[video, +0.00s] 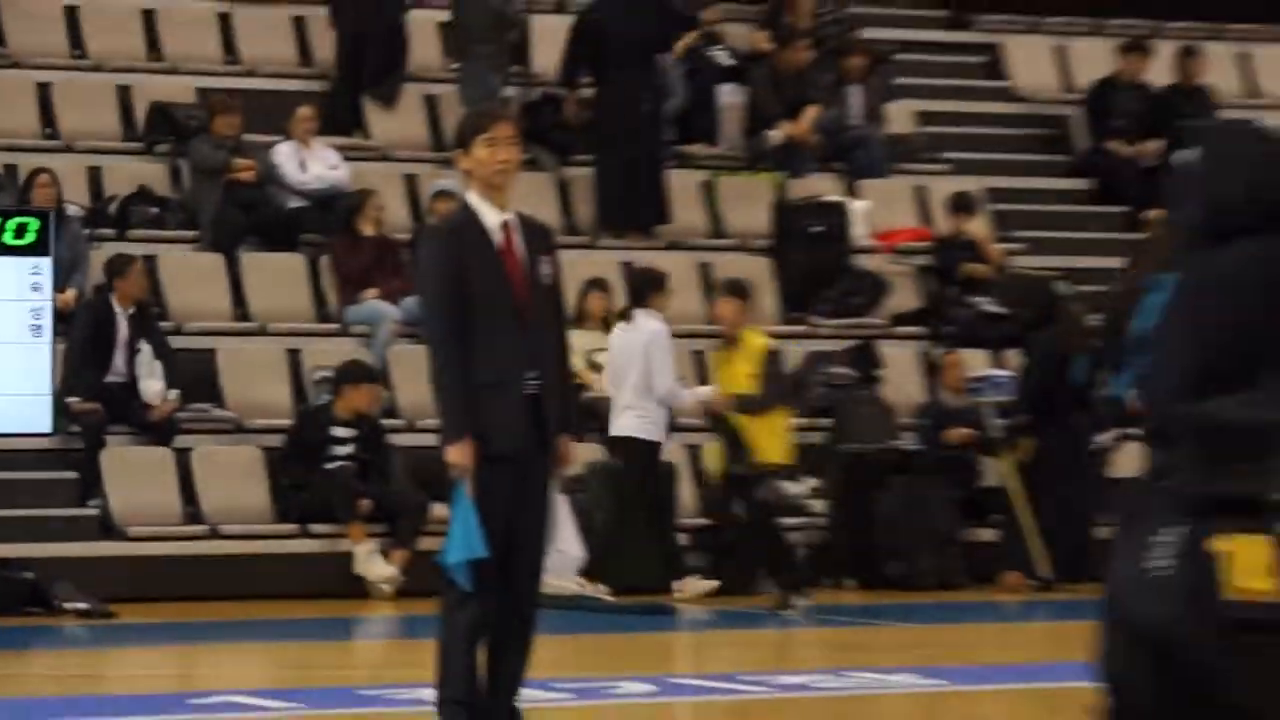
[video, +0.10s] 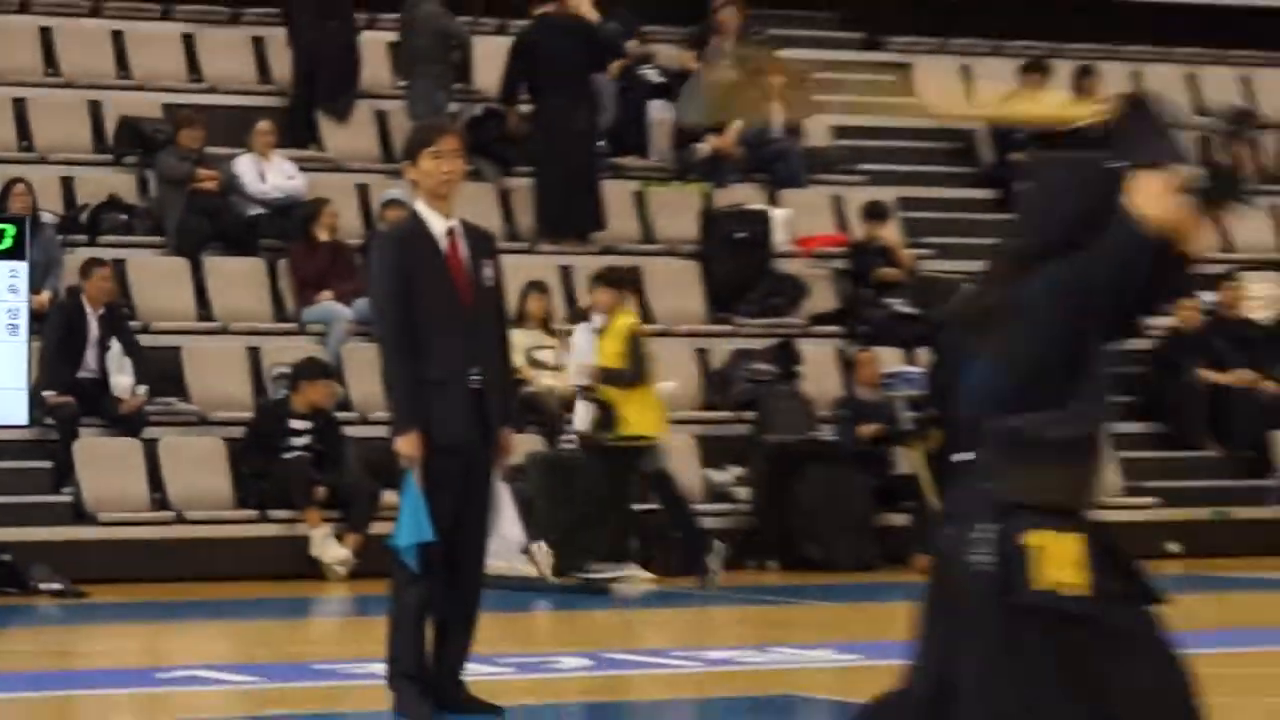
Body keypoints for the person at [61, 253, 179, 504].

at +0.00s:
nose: (144, 283)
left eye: (144, 276)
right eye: (138, 277)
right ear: (119, 282)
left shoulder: (142, 315)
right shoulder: (91, 311)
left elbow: (165, 355)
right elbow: (76, 355)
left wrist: (172, 395)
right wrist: (76, 397)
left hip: (131, 390)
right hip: (94, 391)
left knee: (163, 425)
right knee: (93, 424)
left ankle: (153, 493)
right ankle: (93, 491)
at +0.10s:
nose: (109, 286)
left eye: (111, 280)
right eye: (102, 280)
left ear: (114, 283)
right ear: (85, 283)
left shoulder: (113, 314)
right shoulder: (64, 310)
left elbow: (136, 352)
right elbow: (49, 351)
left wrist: (140, 392)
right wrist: (50, 392)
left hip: (99, 386)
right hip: (66, 386)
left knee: (131, 418)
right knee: (68, 415)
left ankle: (120, 478)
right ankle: (65, 478)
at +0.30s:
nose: (52, 287)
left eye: (58, 282)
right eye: (48, 281)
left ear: (64, 287)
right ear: (37, 283)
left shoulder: (65, 311)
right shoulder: (21, 308)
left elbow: (85, 344)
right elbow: (10, 344)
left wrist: (90, 379)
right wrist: (12, 379)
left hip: (52, 375)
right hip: (22, 375)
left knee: (83, 403)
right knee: (25, 401)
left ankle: (70, 458)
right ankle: (22, 458)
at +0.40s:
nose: (32, 285)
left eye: (37, 281)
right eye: (27, 280)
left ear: (44, 286)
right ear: (18, 282)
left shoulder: (45, 309)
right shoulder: (5, 306)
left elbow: (65, 341)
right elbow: (1, 342)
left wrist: (70, 374)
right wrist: (3, 373)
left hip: (31, 369)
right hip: (7, 369)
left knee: (62, 397)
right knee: (6, 395)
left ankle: (47, 449)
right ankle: (7, 449)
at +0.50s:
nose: (17, 281)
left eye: (23, 276)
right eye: (13, 275)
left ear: (30, 280)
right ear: (6, 277)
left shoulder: (32, 303)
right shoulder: (2, 299)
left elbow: (53, 335)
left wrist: (57, 365)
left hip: (21, 360)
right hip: (2, 359)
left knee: (51, 388)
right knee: (1, 389)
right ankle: (4, 430)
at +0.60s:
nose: (12, 281)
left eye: (18, 277)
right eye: (9, 275)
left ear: (25, 282)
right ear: (3, 278)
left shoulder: (29, 302)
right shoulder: (2, 300)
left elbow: (48, 332)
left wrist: (53, 361)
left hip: (18, 357)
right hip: (2, 356)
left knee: (48, 382)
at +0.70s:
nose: (5, 281)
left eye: (11, 278)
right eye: (3, 276)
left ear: (20, 282)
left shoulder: (23, 302)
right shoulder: (2, 302)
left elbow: (41, 330)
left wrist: (46, 358)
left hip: (13, 354)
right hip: (2, 354)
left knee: (42, 379)